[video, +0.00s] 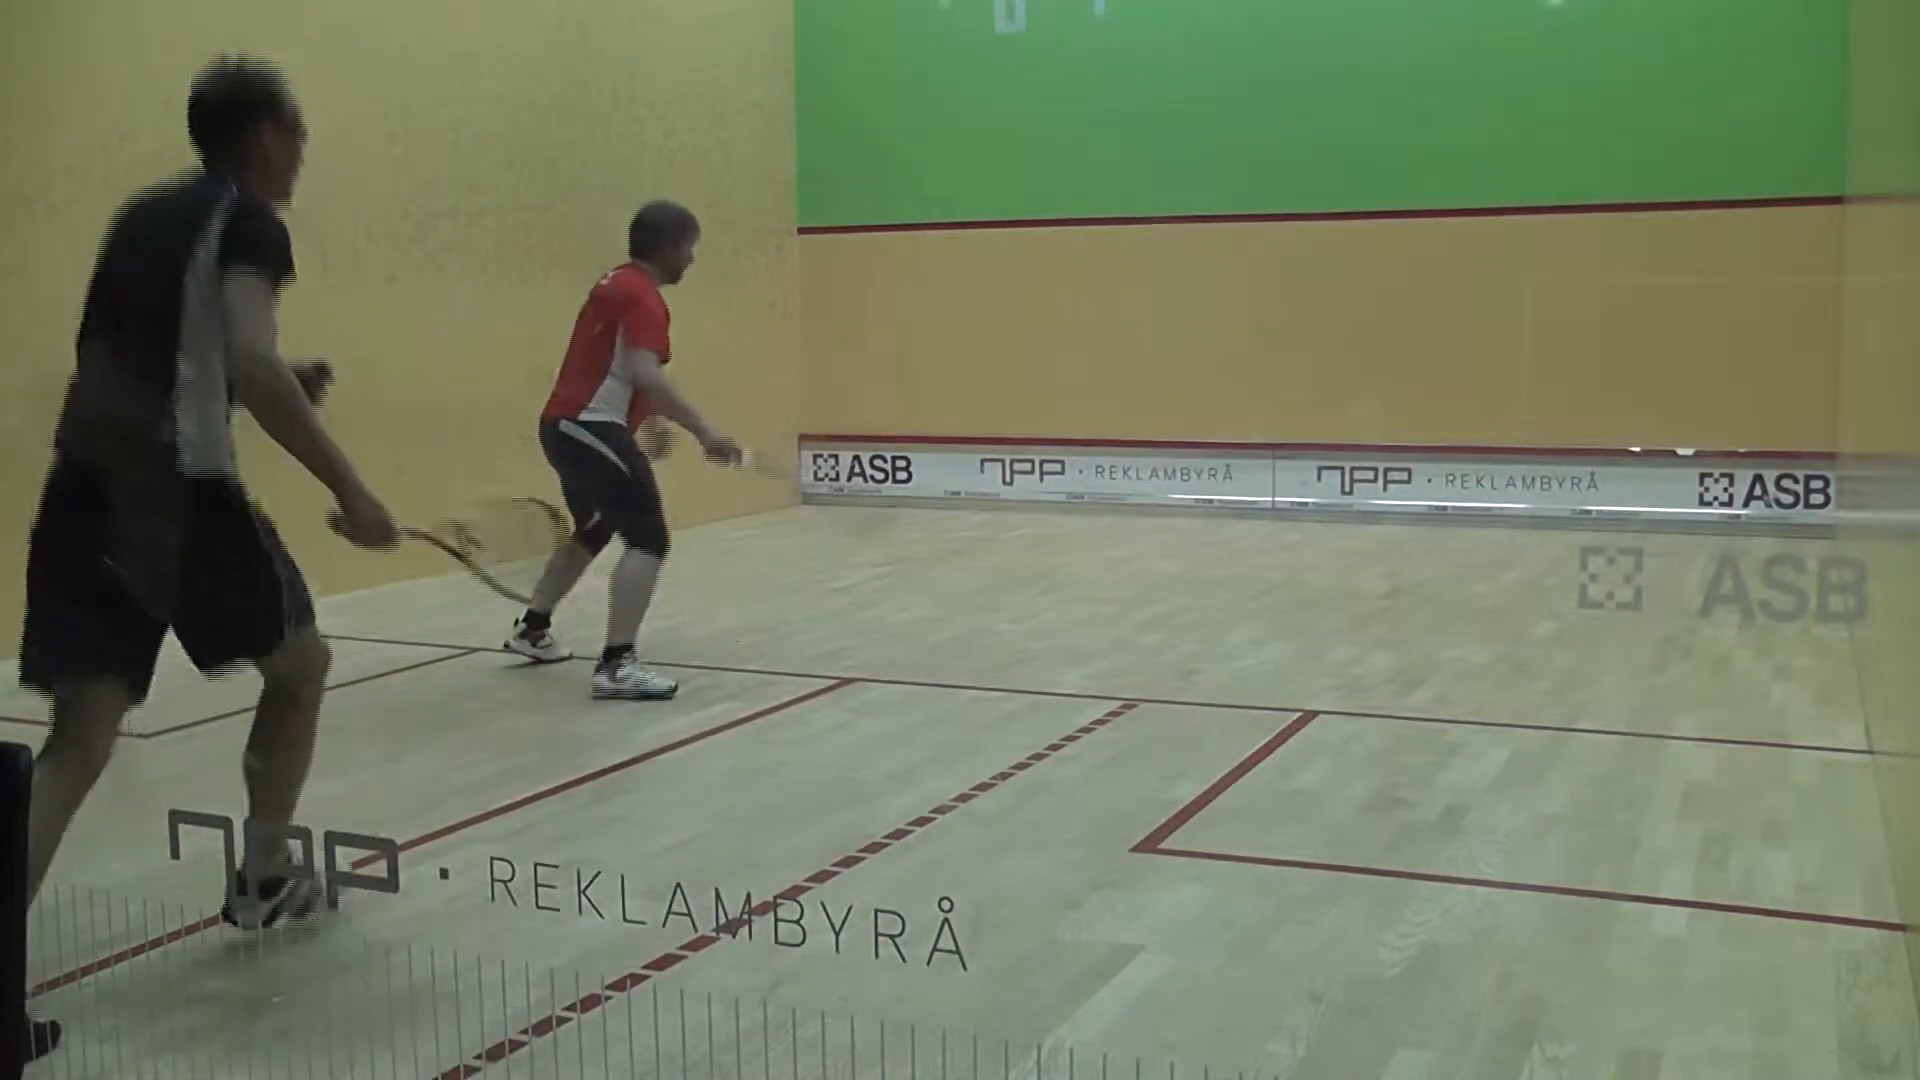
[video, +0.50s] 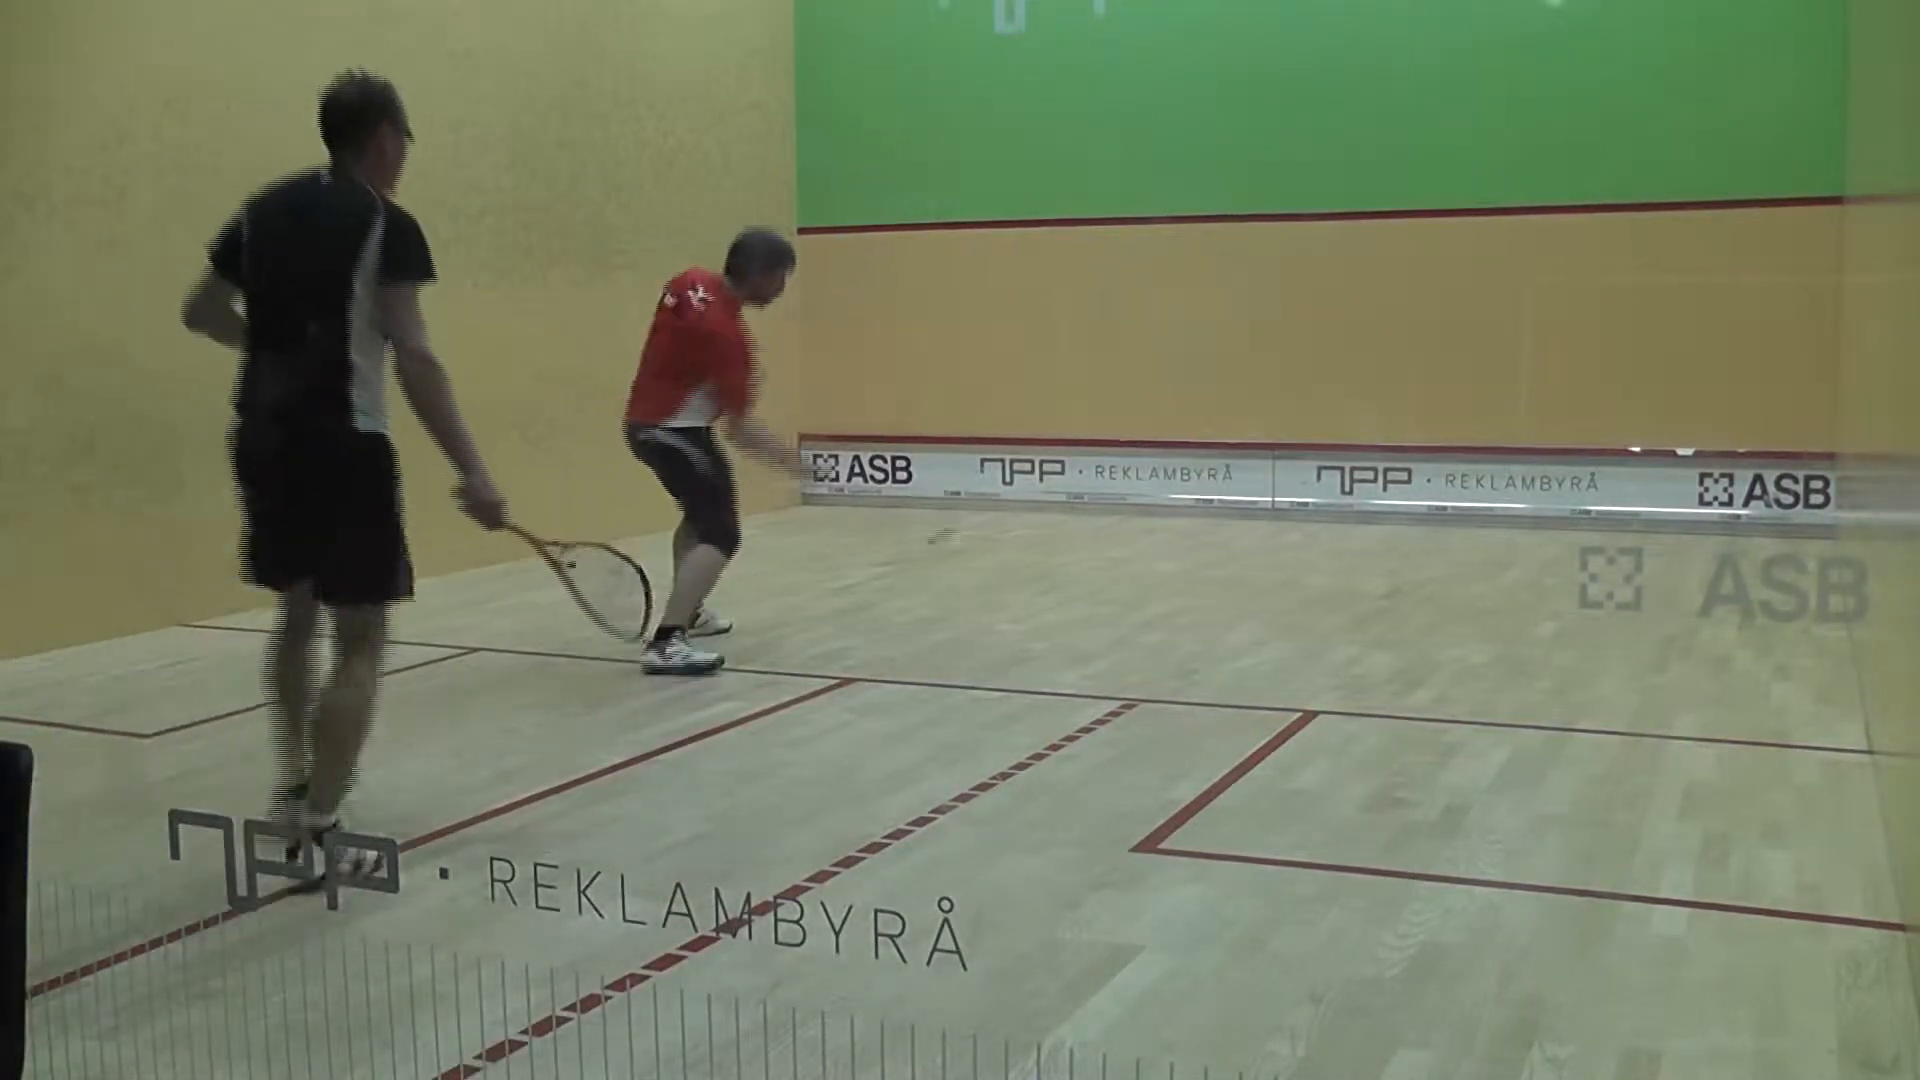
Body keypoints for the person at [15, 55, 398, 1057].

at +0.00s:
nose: (302, 158)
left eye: (299, 140)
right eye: (296, 140)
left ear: (212, 142)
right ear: (265, 141)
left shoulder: (144, 213)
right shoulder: (249, 220)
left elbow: (144, 363)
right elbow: (251, 366)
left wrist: (270, 378)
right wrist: (349, 488)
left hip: (84, 497)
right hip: (180, 499)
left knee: (77, 740)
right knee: (300, 662)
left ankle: (3, 967)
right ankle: (266, 873)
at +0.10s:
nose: (321, 197)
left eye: (318, 180)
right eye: (314, 181)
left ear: (238, 186)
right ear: (284, 186)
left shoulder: (171, 253)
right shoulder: (276, 266)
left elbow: (174, 392)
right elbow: (283, 397)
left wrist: (292, 406)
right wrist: (379, 515)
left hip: (115, 517)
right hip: (210, 524)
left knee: (81, 731)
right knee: (276, 681)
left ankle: (9, 931)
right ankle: (236, 879)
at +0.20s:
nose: (346, 180)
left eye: (344, 163)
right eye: (339, 163)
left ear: (263, 165)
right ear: (309, 168)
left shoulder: (198, 233)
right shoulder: (310, 252)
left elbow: (188, 374)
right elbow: (303, 380)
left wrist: (310, 391)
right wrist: (384, 500)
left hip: (151, 493)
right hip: (249, 498)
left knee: (131, 706)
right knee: (278, 684)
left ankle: (24, 881)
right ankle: (237, 874)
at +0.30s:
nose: (370, 131)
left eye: (369, 114)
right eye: (364, 114)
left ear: (291, 115)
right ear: (335, 118)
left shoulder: (218, 185)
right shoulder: (340, 204)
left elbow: (170, 304)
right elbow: (340, 336)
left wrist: (267, 320)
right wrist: (398, 463)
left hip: (192, 448)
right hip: (289, 451)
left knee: (201, 637)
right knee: (316, 635)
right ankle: (259, 825)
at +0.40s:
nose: (385, 127)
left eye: (383, 112)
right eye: (382, 111)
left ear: (308, 108)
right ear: (361, 109)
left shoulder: (233, 176)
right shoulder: (363, 194)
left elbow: (178, 289)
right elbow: (370, 334)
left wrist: (262, 293)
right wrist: (421, 452)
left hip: (221, 433)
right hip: (314, 436)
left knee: (239, 606)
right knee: (340, 618)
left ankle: (209, 793)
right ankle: (306, 807)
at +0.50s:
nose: (407, 155)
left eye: (405, 140)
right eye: (404, 140)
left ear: (332, 140)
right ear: (383, 140)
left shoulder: (268, 210)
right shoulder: (387, 225)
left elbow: (203, 309)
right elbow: (414, 357)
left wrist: (275, 345)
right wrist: (472, 472)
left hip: (265, 448)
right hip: (350, 452)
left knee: (296, 614)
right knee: (359, 639)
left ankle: (300, 781)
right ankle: (318, 819)